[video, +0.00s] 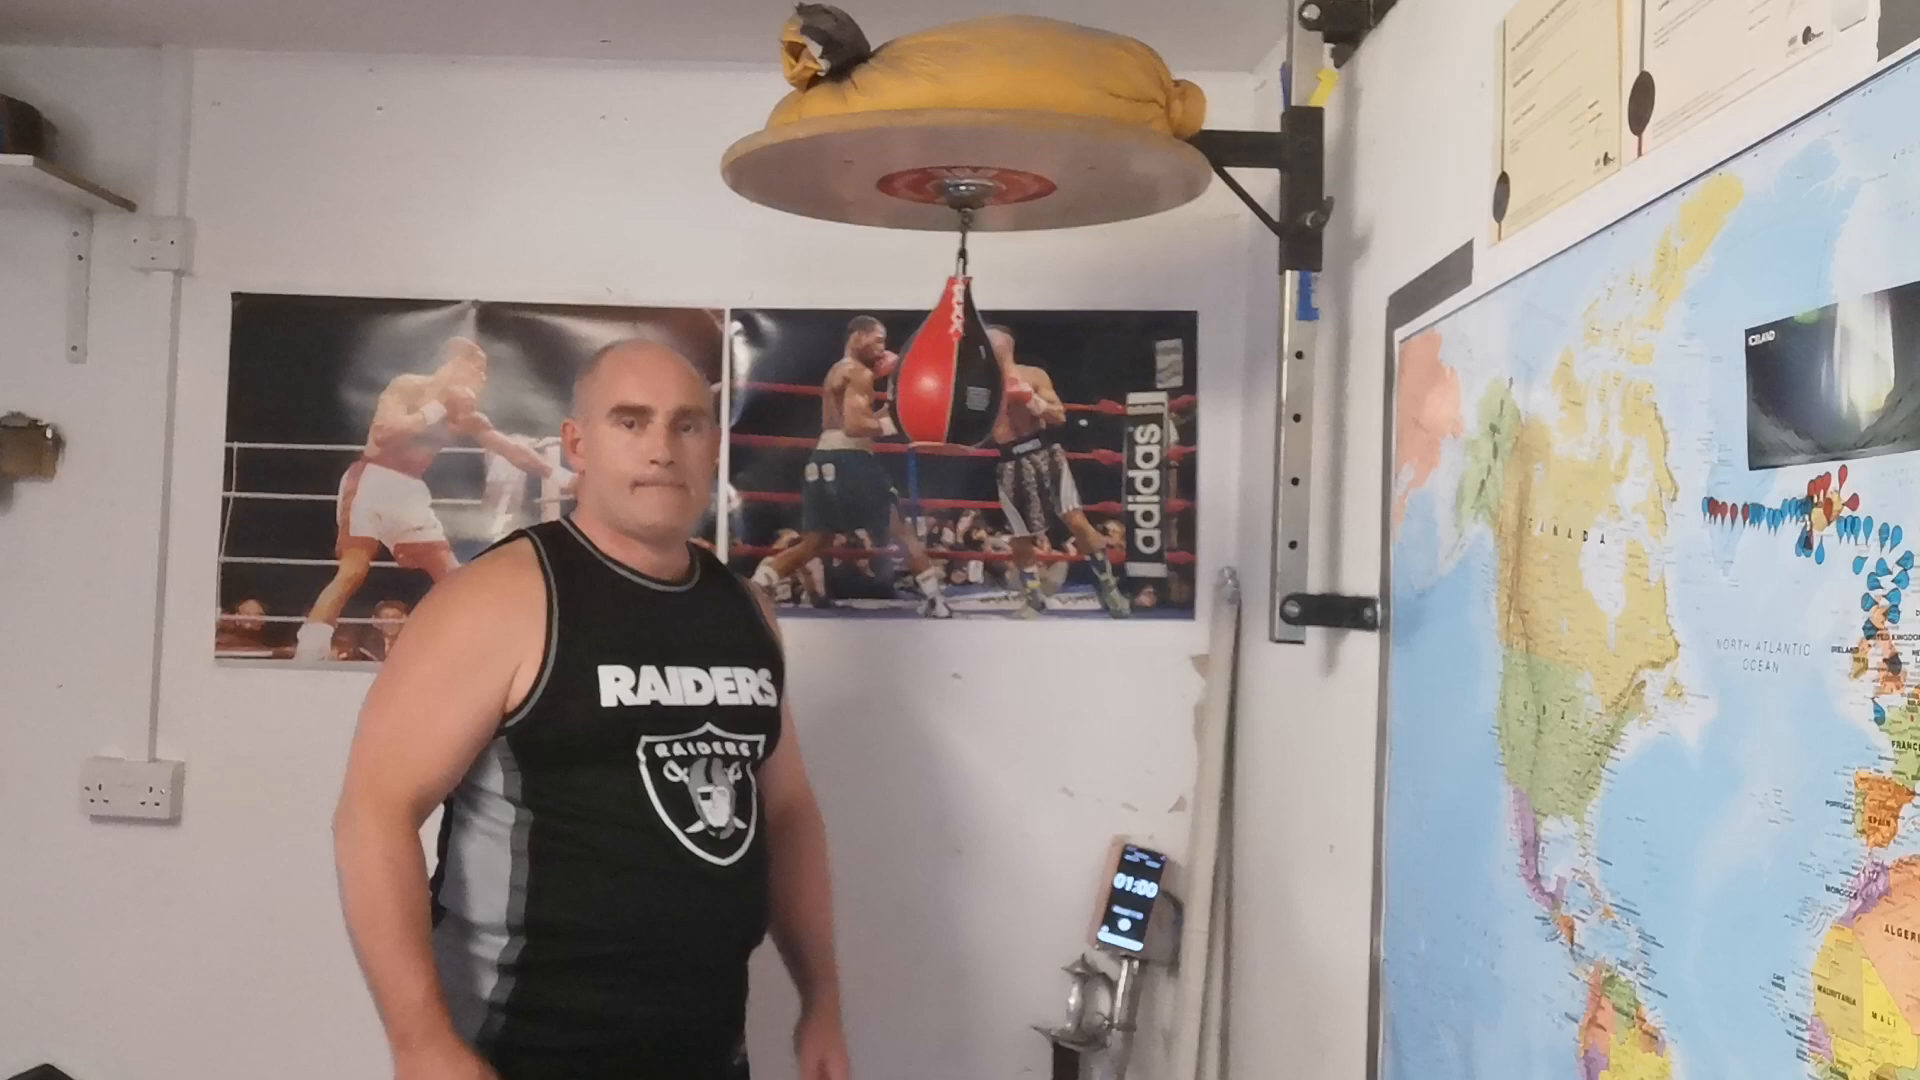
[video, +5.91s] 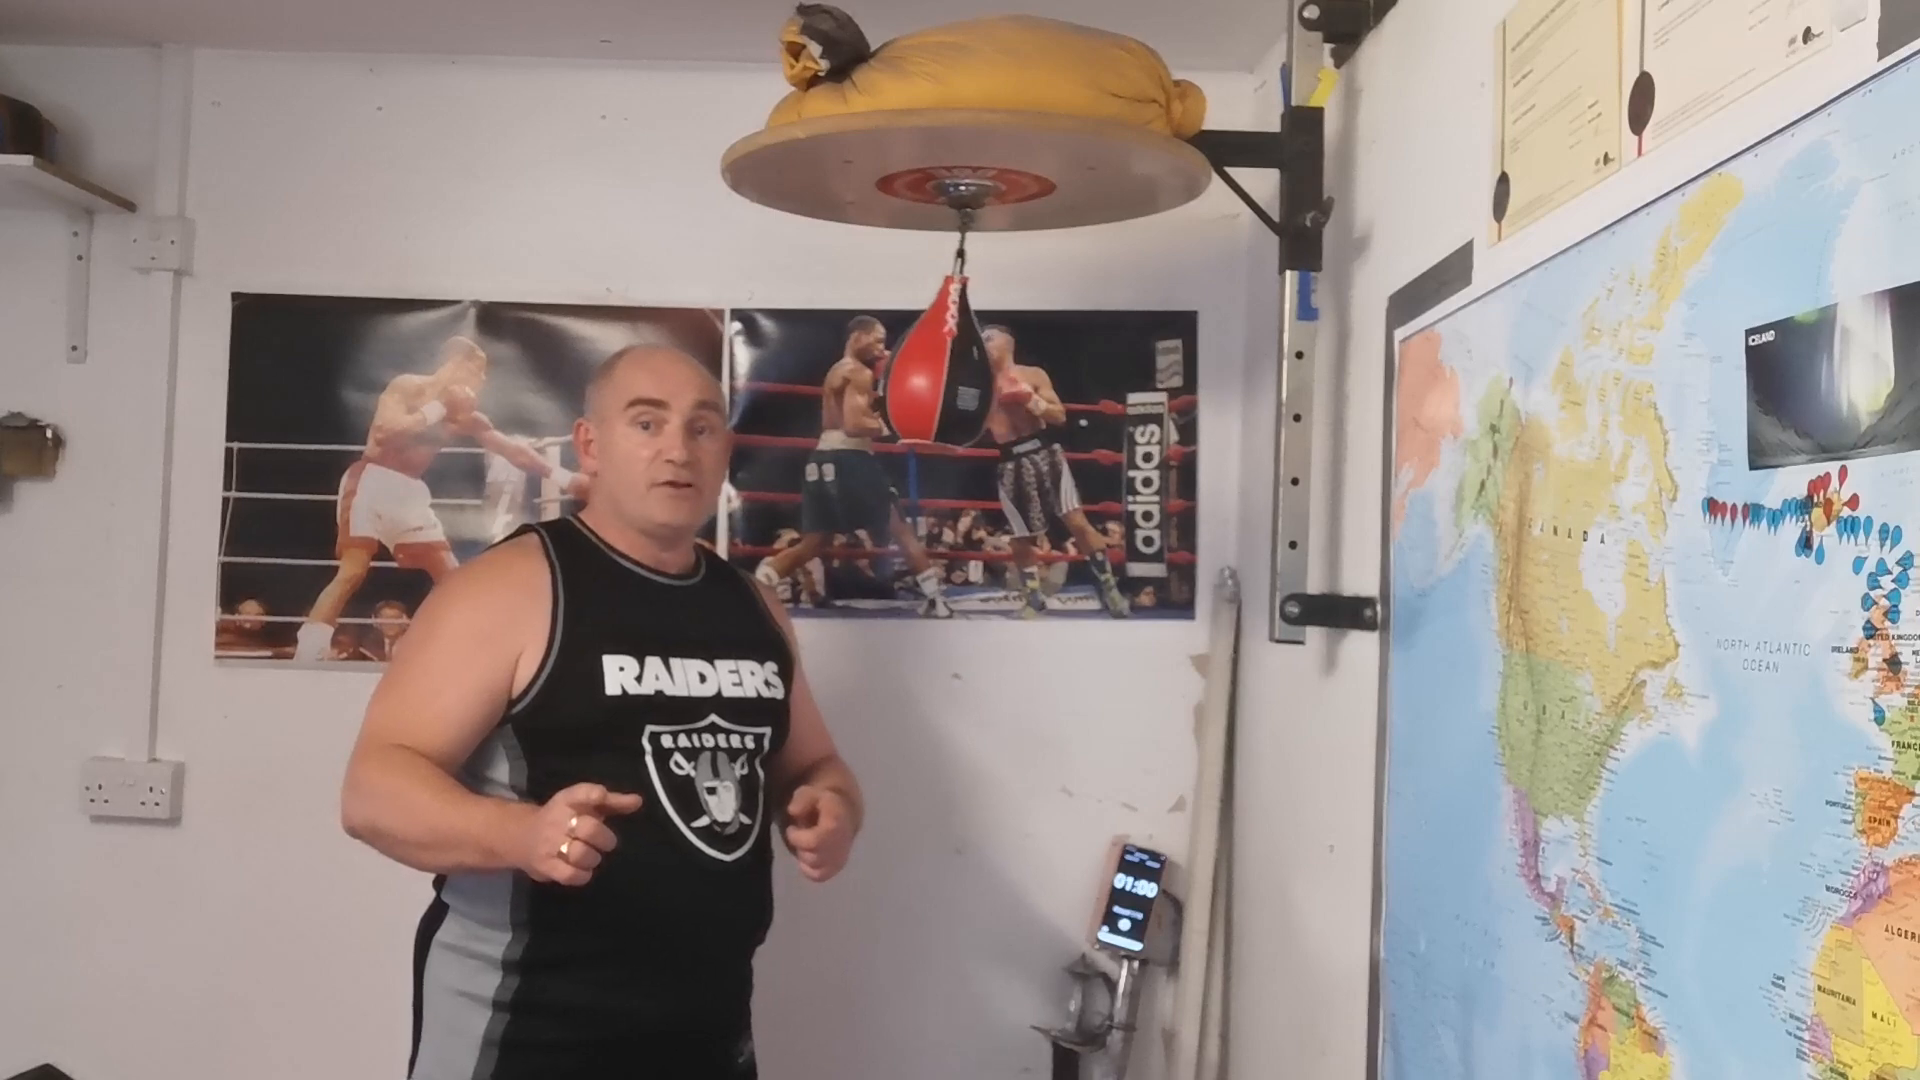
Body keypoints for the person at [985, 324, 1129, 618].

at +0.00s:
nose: (997, 355)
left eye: (1000, 348)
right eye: (992, 350)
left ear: (1010, 348)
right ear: (985, 354)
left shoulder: (1034, 375)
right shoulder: (983, 384)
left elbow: (1059, 418)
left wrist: (1037, 403)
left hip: (1046, 455)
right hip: (1011, 464)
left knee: (1075, 521)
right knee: (1022, 537)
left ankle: (1108, 587)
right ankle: (1032, 596)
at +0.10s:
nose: (997, 355)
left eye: (1000, 348)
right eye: (992, 350)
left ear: (1010, 348)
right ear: (985, 354)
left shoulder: (1034, 375)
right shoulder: (983, 384)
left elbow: (1059, 418)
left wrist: (1037, 403)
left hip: (1046, 455)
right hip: (1011, 464)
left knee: (1075, 521)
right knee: (1022, 537)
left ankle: (1108, 587)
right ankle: (1032, 596)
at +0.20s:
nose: (985, 346)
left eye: (991, 340)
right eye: (982, 342)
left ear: (1009, 344)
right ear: (981, 350)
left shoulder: (1034, 375)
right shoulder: (983, 386)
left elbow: (1059, 417)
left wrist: (1033, 400)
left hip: (1045, 456)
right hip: (1011, 465)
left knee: (1075, 521)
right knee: (1021, 538)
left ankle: (1108, 587)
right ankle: (1032, 598)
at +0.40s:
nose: (996, 355)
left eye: (1000, 348)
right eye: (992, 350)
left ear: (1011, 348)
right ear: (985, 353)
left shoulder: (1034, 375)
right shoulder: (984, 383)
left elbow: (1059, 416)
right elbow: (975, 426)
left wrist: (1036, 403)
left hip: (1045, 456)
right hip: (1011, 464)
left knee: (1075, 522)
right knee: (1021, 538)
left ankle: (1108, 587)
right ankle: (1031, 596)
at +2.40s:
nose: (999, 350)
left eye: (1003, 344)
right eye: (994, 346)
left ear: (1013, 345)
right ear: (987, 351)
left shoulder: (1034, 375)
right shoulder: (985, 384)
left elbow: (1059, 415)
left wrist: (1038, 406)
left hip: (1046, 455)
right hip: (1011, 464)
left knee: (1075, 521)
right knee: (1022, 538)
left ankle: (1108, 588)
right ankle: (1032, 600)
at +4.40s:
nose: (1006, 359)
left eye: (1007, 352)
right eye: (997, 356)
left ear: (1017, 353)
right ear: (989, 363)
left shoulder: (1035, 376)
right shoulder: (985, 386)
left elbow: (1059, 416)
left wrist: (1042, 407)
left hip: (1047, 454)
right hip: (1012, 462)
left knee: (1076, 522)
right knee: (1021, 536)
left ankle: (1109, 590)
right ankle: (1032, 599)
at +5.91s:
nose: (986, 346)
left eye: (991, 339)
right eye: (983, 341)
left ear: (1009, 345)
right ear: (980, 350)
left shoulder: (1033, 375)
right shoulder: (981, 385)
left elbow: (1059, 416)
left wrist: (1033, 401)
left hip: (1046, 456)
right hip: (1011, 464)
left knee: (1076, 522)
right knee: (1021, 537)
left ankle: (1109, 588)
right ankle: (1032, 598)